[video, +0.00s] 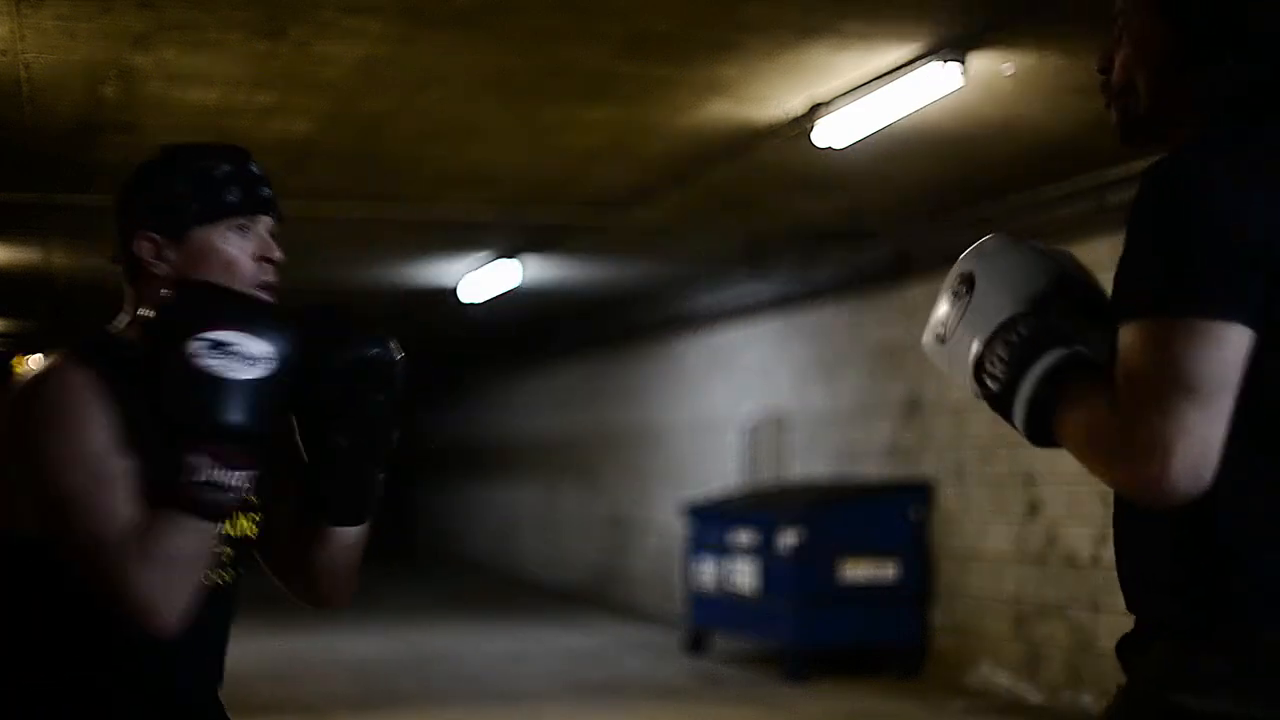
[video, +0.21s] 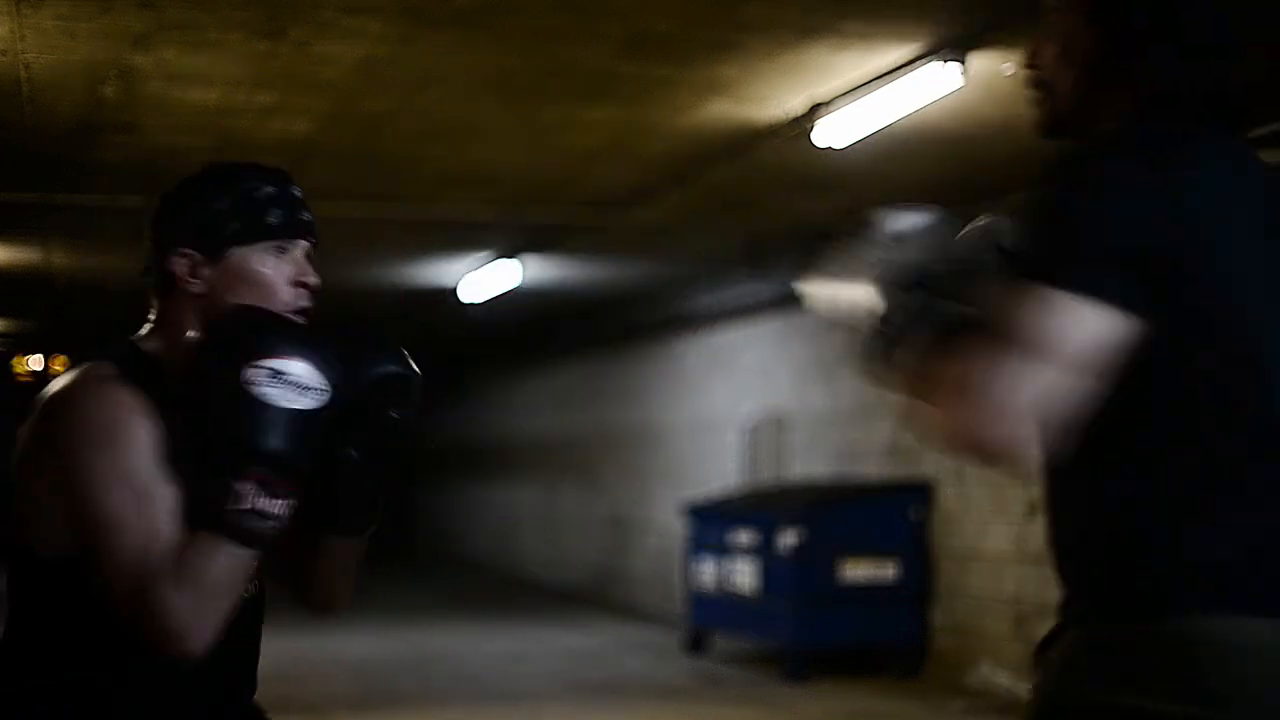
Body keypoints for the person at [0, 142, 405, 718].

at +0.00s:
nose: (272, 253)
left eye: (270, 235)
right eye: (242, 230)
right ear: (157, 253)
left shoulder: (233, 388)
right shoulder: (72, 392)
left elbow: (322, 584)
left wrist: (354, 443)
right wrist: (222, 435)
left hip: (192, 696)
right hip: (90, 707)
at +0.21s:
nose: (310, 278)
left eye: (307, 254)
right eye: (279, 251)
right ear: (193, 270)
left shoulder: (229, 395)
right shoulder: (100, 407)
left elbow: (321, 592)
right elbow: (180, 624)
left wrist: (361, 454)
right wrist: (268, 460)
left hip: (214, 714)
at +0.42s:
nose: (224, 362)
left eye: (237, 329)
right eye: (189, 338)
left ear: (257, 332)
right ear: (132, 348)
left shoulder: (283, 434)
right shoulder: (56, 465)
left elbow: (383, 609)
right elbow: (65, 694)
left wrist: (343, 479)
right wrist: (120, 561)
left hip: (237, 704)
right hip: (106, 715)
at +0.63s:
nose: (374, 361)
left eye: (370, 335)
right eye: (355, 333)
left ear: (279, 337)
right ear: (283, 336)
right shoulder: (206, 444)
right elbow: (281, 668)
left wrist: (346, 498)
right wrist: (355, 515)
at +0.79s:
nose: (319, 316)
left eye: (317, 290)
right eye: (294, 287)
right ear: (206, 298)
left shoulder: (220, 418)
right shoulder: (117, 417)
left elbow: (298, 598)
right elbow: (164, 635)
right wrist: (264, 479)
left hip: (198, 708)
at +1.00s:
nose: (183, 368)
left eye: (190, 335)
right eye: (148, 345)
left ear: (204, 335)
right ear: (74, 364)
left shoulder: (231, 440)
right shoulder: (43, 491)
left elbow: (337, 618)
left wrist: (295, 501)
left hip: (218, 706)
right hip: (95, 716)